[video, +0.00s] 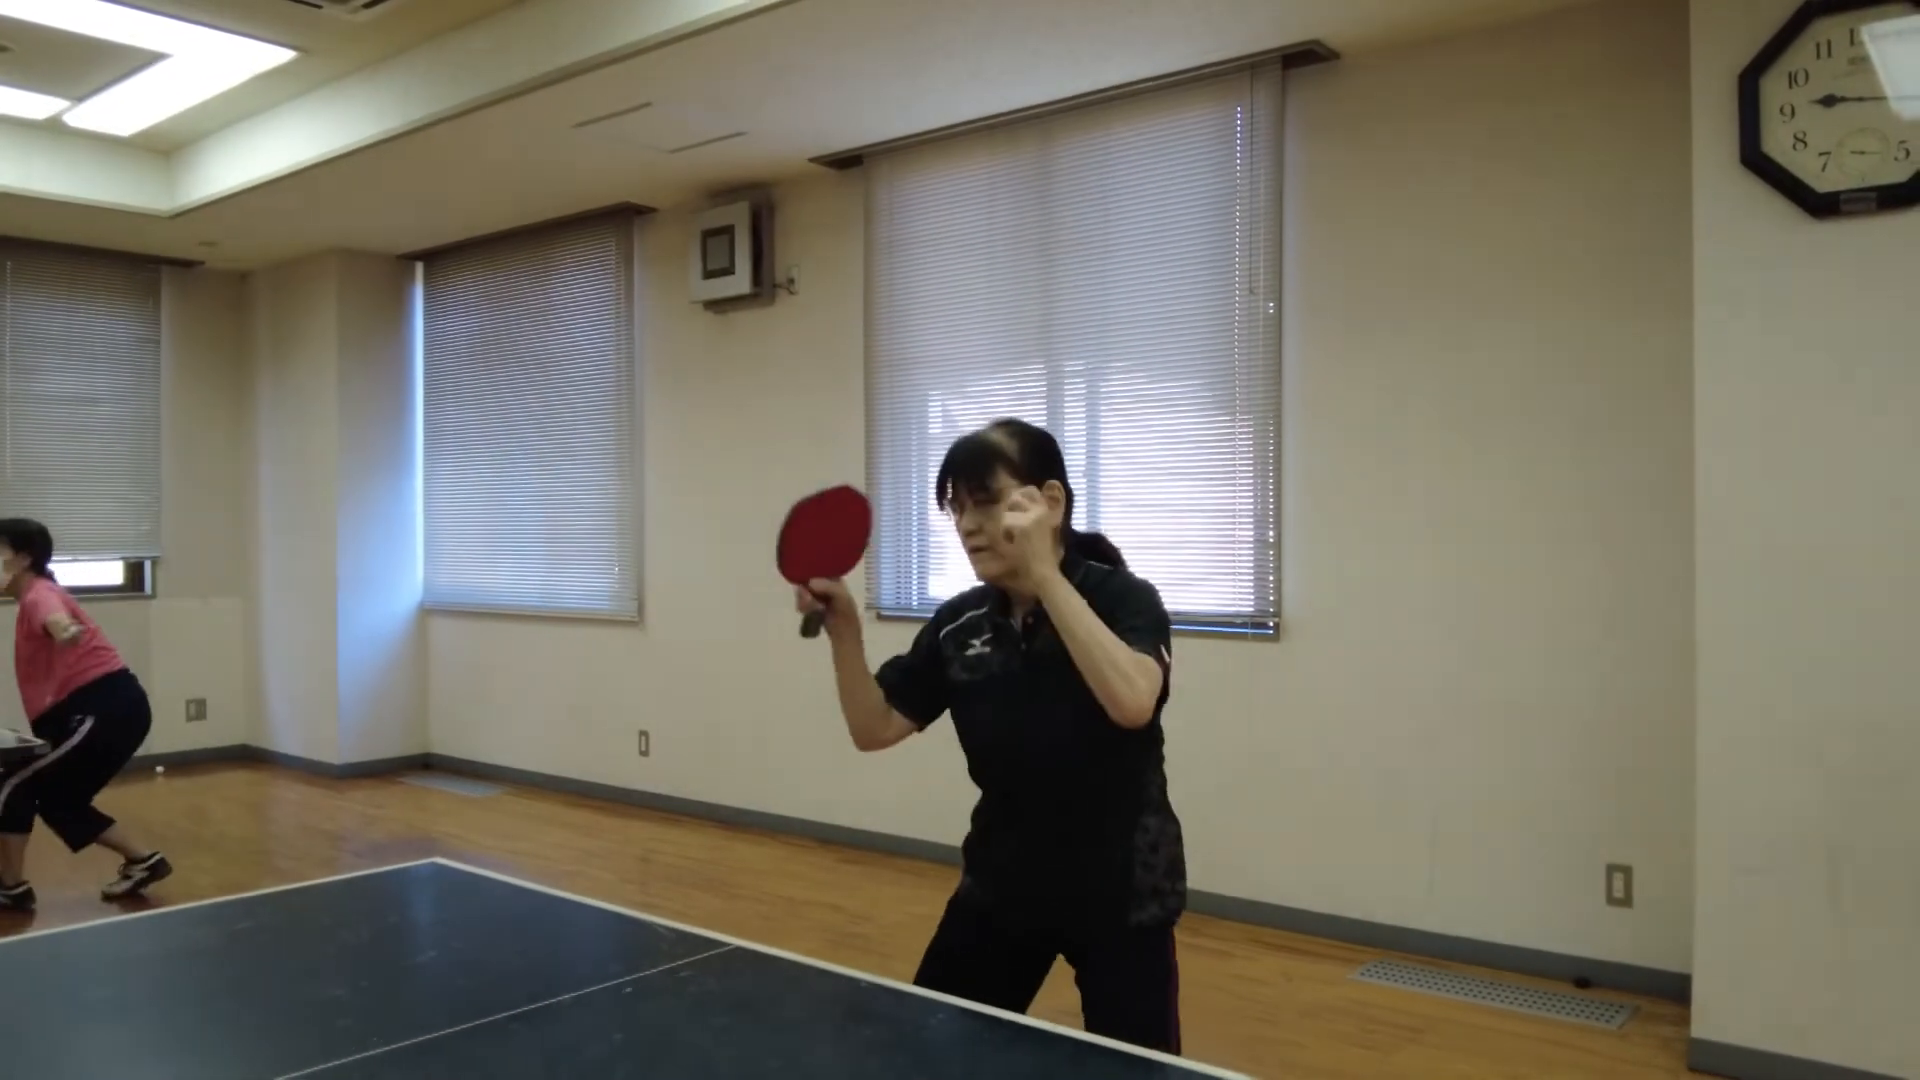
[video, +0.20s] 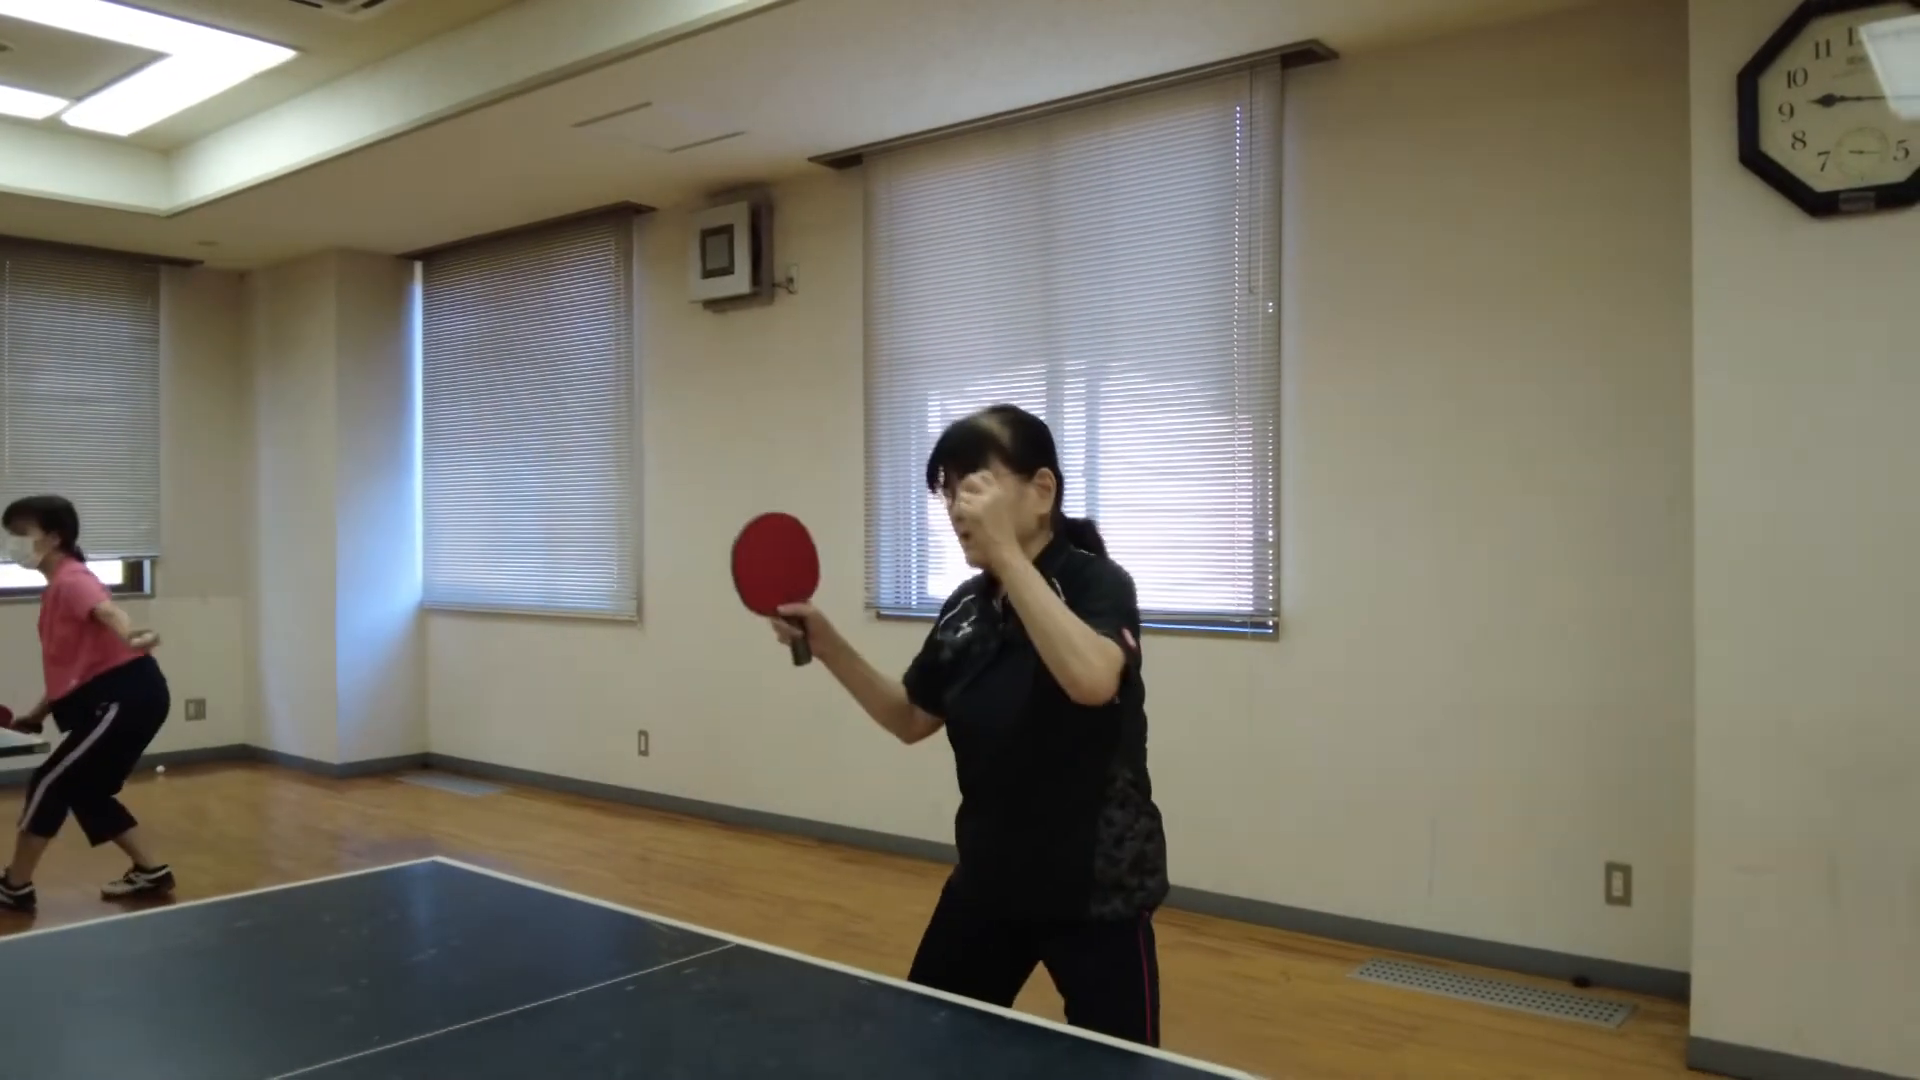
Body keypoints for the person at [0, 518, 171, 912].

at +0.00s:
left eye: (2, 554)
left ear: (24, 558)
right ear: (25, 559)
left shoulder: (40, 594)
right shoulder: (38, 595)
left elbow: (54, 615)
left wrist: (66, 630)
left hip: (103, 707)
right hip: (122, 707)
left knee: (14, 786)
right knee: (59, 798)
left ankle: (11, 884)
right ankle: (141, 858)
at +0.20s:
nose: (19, 545)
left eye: (25, 534)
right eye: (17, 536)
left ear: (55, 537)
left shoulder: (71, 579)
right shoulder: (56, 592)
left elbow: (106, 610)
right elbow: (71, 666)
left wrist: (128, 635)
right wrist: (35, 715)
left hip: (127, 696)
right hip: (114, 699)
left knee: (50, 780)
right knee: (89, 789)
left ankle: (16, 884)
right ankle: (149, 869)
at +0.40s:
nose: (38, 536)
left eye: (43, 525)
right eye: (36, 527)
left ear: (72, 526)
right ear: (67, 529)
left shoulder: (95, 569)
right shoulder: (71, 584)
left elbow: (141, 610)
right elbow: (87, 660)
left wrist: (167, 649)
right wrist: (50, 702)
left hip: (142, 687)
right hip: (117, 693)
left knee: (63, 775)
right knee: (103, 783)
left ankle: (63, 887)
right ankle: (152, 872)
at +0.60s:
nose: (53, 527)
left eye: (58, 517)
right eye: (51, 518)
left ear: (86, 518)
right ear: (80, 521)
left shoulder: (104, 566)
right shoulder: (86, 573)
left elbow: (155, 618)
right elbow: (101, 648)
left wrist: (148, 676)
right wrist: (59, 680)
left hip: (145, 691)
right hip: (130, 692)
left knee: (89, 787)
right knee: (110, 785)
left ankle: (134, 890)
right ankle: (152, 873)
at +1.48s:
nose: (70, 499)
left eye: (77, 489)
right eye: (69, 490)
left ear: (107, 490)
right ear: (96, 493)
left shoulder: (129, 545)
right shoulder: (91, 542)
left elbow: (151, 632)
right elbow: (104, 622)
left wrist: (78, 664)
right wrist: (62, 637)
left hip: (136, 694)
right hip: (104, 691)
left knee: (118, 805)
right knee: (101, 803)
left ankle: (151, 909)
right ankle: (125, 892)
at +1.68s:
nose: (72, 496)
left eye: (81, 487)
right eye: (72, 487)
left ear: (111, 490)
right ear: (98, 492)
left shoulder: (133, 543)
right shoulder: (95, 543)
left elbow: (146, 626)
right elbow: (93, 628)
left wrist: (65, 621)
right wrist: (50, 627)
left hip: (126, 688)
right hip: (94, 685)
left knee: (113, 802)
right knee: (95, 797)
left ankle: (151, 907)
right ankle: (123, 892)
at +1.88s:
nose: (81, 498)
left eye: (90, 488)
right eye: (80, 488)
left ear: (120, 490)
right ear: (103, 493)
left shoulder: (140, 542)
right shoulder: (98, 542)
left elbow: (109, 613)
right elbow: (96, 621)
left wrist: (64, 557)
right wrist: (64, 634)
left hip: (120, 684)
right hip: (87, 682)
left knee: (114, 797)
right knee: (89, 793)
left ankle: (150, 905)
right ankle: (122, 891)